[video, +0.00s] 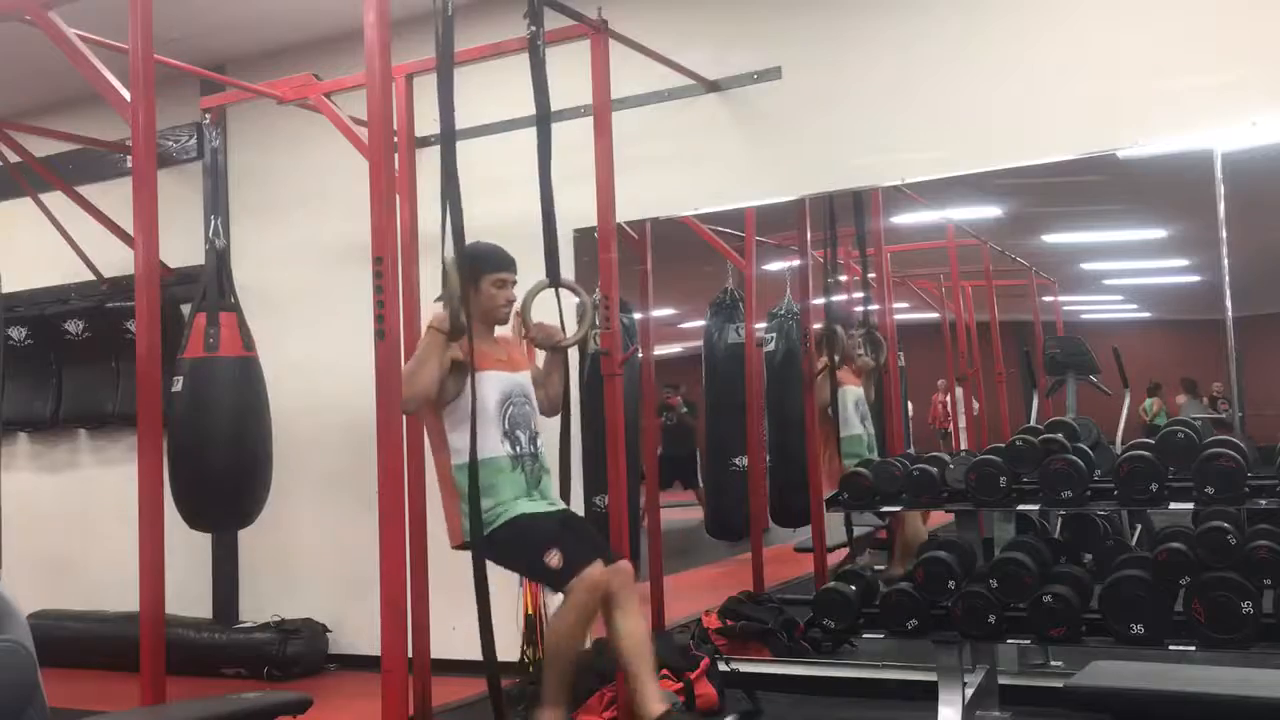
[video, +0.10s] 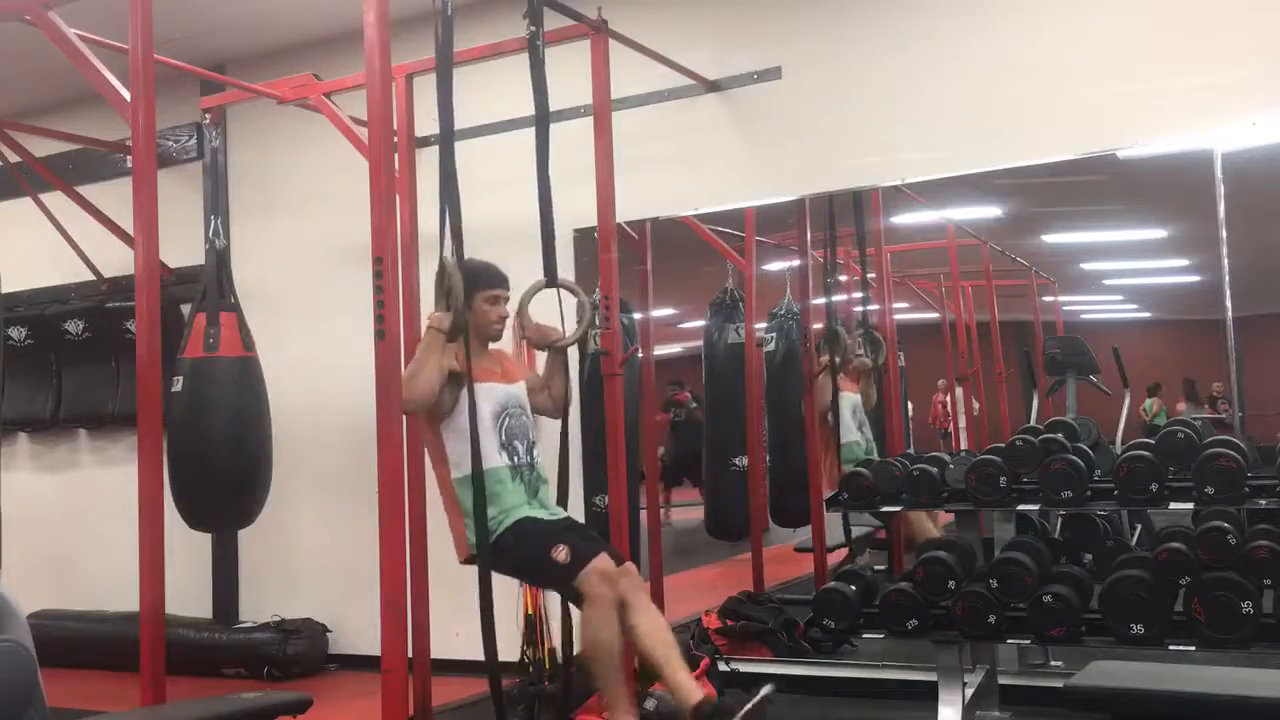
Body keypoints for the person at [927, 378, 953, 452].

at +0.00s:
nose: (941, 387)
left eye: (943, 385)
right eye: (940, 385)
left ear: (946, 386)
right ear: (938, 386)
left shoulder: (948, 396)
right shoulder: (935, 397)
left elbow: (950, 408)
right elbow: (933, 409)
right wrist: (931, 420)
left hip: (947, 421)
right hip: (938, 421)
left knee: (949, 438)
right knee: (941, 439)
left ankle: (950, 451)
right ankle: (943, 452)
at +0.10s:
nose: (941, 388)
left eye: (943, 386)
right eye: (940, 386)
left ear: (946, 386)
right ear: (938, 387)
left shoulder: (948, 396)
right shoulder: (935, 397)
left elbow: (951, 407)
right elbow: (933, 409)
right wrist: (931, 420)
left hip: (948, 421)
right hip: (939, 422)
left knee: (950, 438)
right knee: (941, 439)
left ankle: (952, 452)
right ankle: (943, 452)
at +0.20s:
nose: (942, 388)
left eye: (943, 385)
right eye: (940, 386)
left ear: (946, 386)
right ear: (938, 387)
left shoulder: (948, 396)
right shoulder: (935, 397)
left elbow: (951, 409)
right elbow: (934, 410)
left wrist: (952, 421)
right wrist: (932, 420)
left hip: (948, 421)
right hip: (939, 422)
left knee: (950, 438)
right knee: (941, 439)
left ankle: (951, 451)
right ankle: (943, 451)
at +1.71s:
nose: (943, 387)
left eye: (945, 385)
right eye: (942, 385)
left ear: (948, 386)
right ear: (940, 386)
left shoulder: (950, 396)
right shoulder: (938, 397)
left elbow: (953, 409)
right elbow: (935, 410)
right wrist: (933, 420)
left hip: (949, 422)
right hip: (940, 422)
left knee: (950, 439)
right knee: (942, 440)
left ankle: (952, 452)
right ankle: (944, 453)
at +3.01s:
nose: (942, 387)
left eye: (943, 385)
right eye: (941, 385)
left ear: (947, 386)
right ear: (939, 386)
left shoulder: (949, 395)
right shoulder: (938, 396)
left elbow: (952, 408)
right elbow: (935, 408)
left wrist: (952, 420)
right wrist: (933, 419)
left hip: (948, 421)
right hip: (940, 422)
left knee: (950, 439)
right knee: (942, 440)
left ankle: (951, 453)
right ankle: (944, 453)